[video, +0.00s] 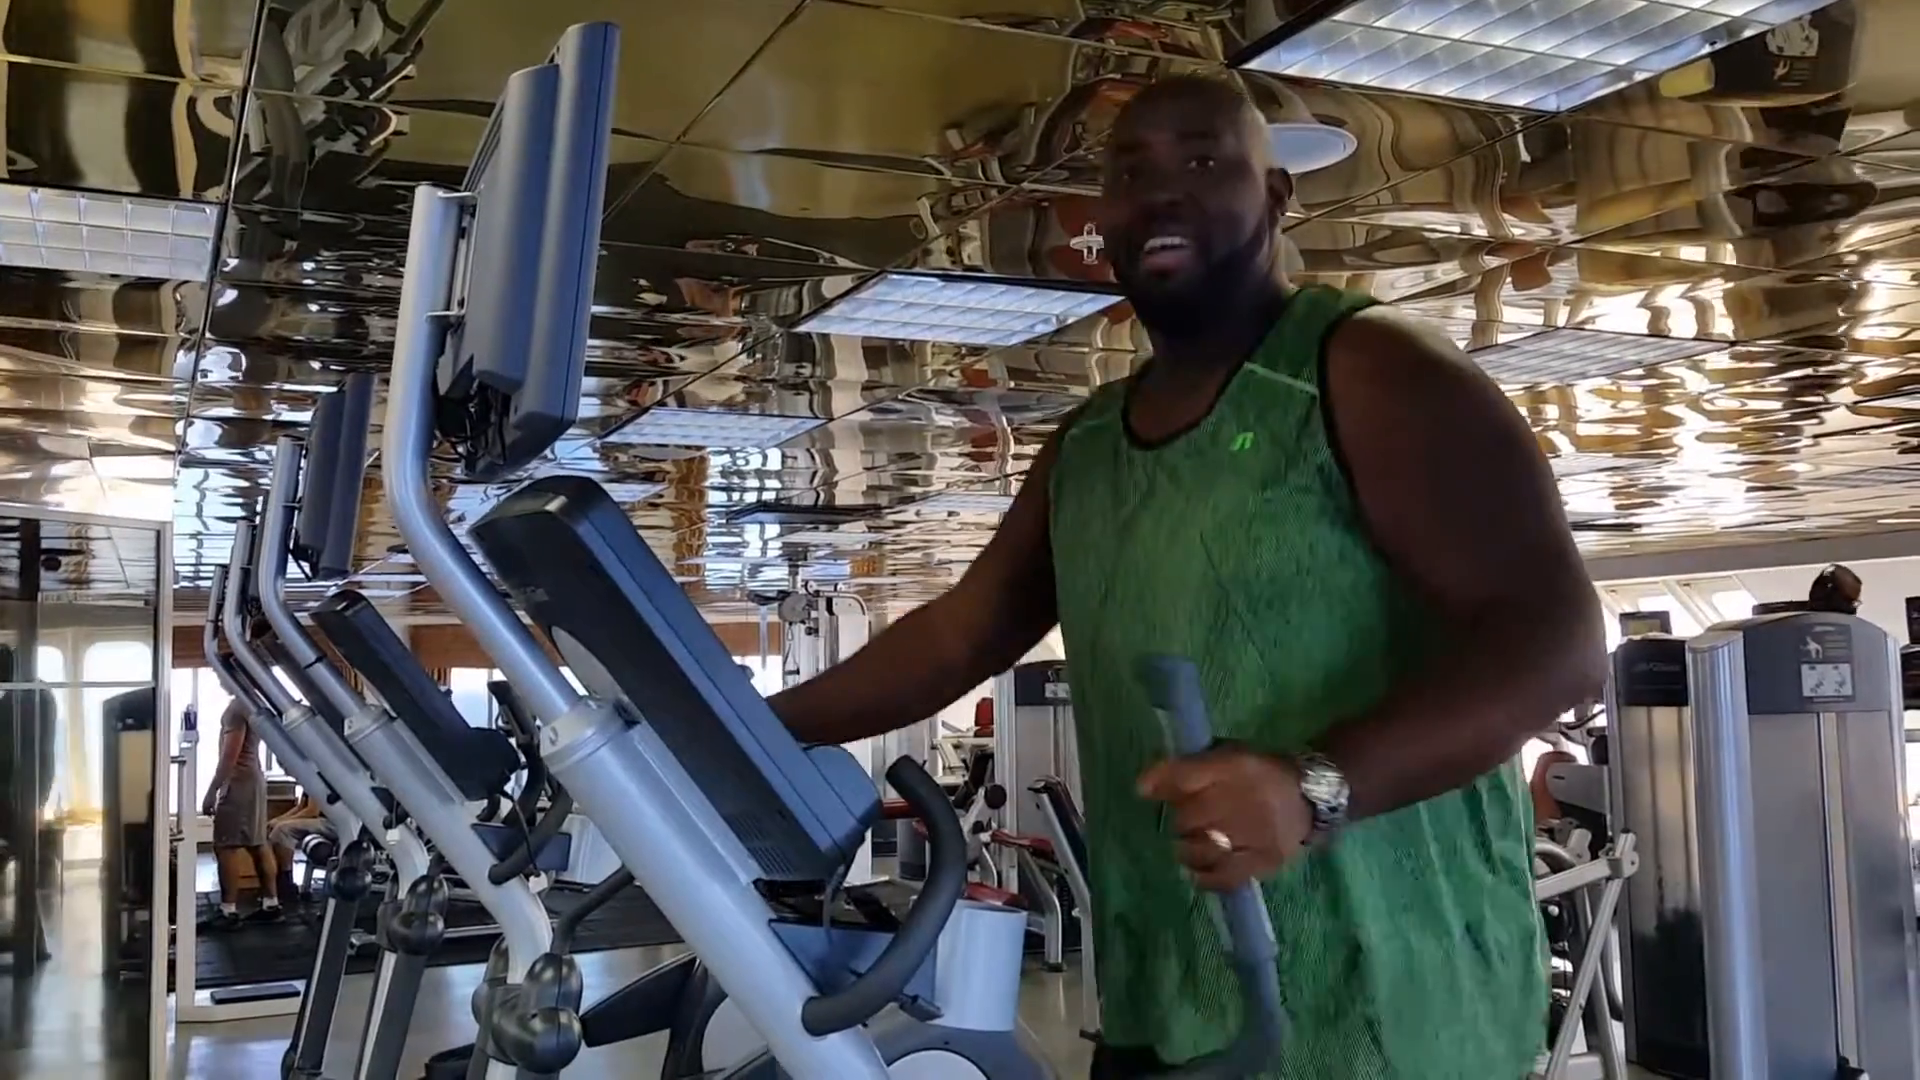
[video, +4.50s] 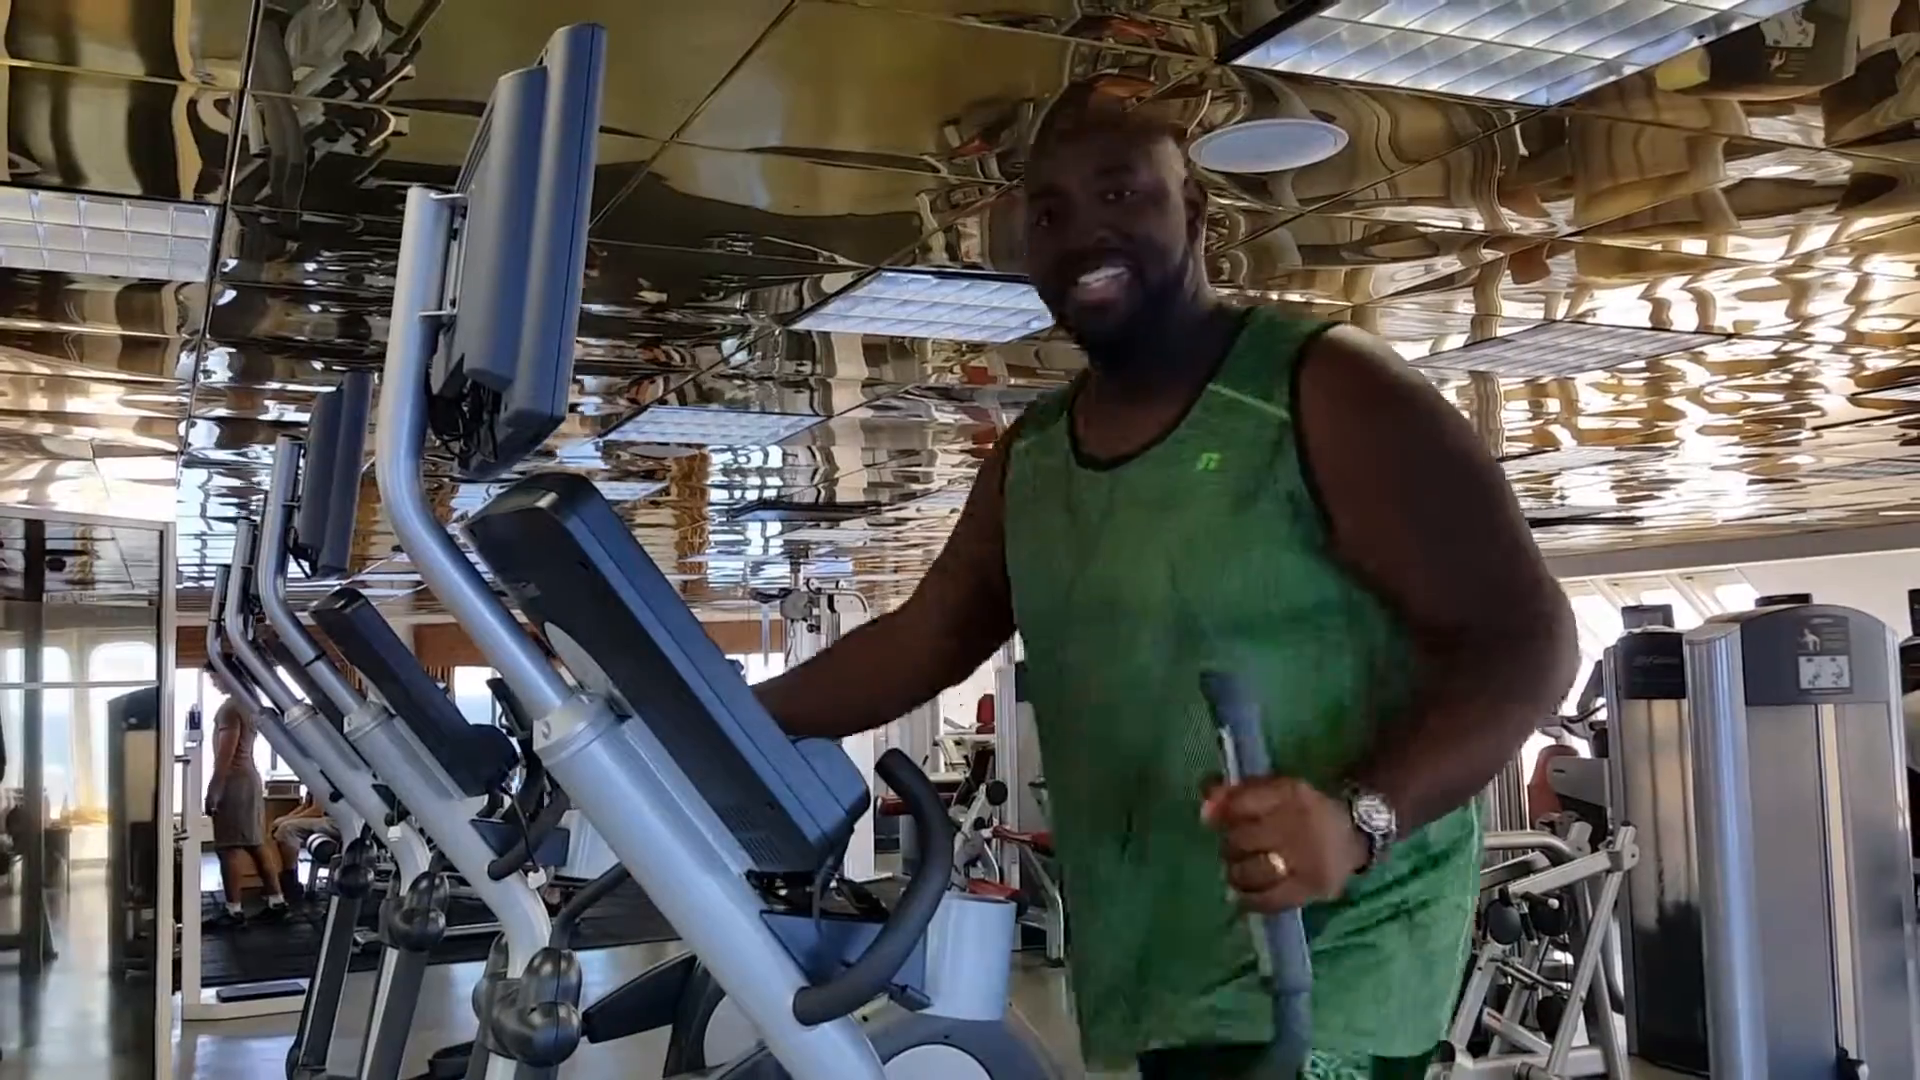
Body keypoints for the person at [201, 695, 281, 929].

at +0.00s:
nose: (217, 678)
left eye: (220, 671)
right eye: (217, 671)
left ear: (233, 676)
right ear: (243, 676)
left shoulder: (236, 708)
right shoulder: (253, 704)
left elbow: (229, 758)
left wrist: (211, 792)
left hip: (238, 781)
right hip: (256, 780)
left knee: (225, 846)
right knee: (259, 843)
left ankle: (228, 909)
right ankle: (271, 903)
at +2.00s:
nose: (208, 682)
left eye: (210, 673)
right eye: (207, 675)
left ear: (227, 678)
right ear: (234, 679)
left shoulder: (232, 710)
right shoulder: (244, 707)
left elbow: (228, 757)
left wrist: (215, 792)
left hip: (234, 784)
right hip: (250, 782)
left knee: (224, 850)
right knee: (256, 845)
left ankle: (227, 911)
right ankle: (270, 906)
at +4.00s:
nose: (209, 685)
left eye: (211, 678)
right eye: (207, 679)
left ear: (224, 677)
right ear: (233, 677)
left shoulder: (228, 710)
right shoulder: (248, 707)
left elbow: (224, 758)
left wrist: (207, 790)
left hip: (234, 785)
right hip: (251, 782)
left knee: (227, 848)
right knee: (256, 844)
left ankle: (234, 910)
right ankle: (275, 904)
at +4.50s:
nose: (211, 681)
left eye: (213, 675)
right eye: (209, 676)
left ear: (226, 675)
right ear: (235, 675)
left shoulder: (230, 708)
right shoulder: (248, 705)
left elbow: (227, 753)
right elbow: (243, 752)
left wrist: (214, 788)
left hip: (233, 781)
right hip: (250, 779)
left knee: (229, 847)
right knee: (256, 842)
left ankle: (233, 909)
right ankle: (277, 901)